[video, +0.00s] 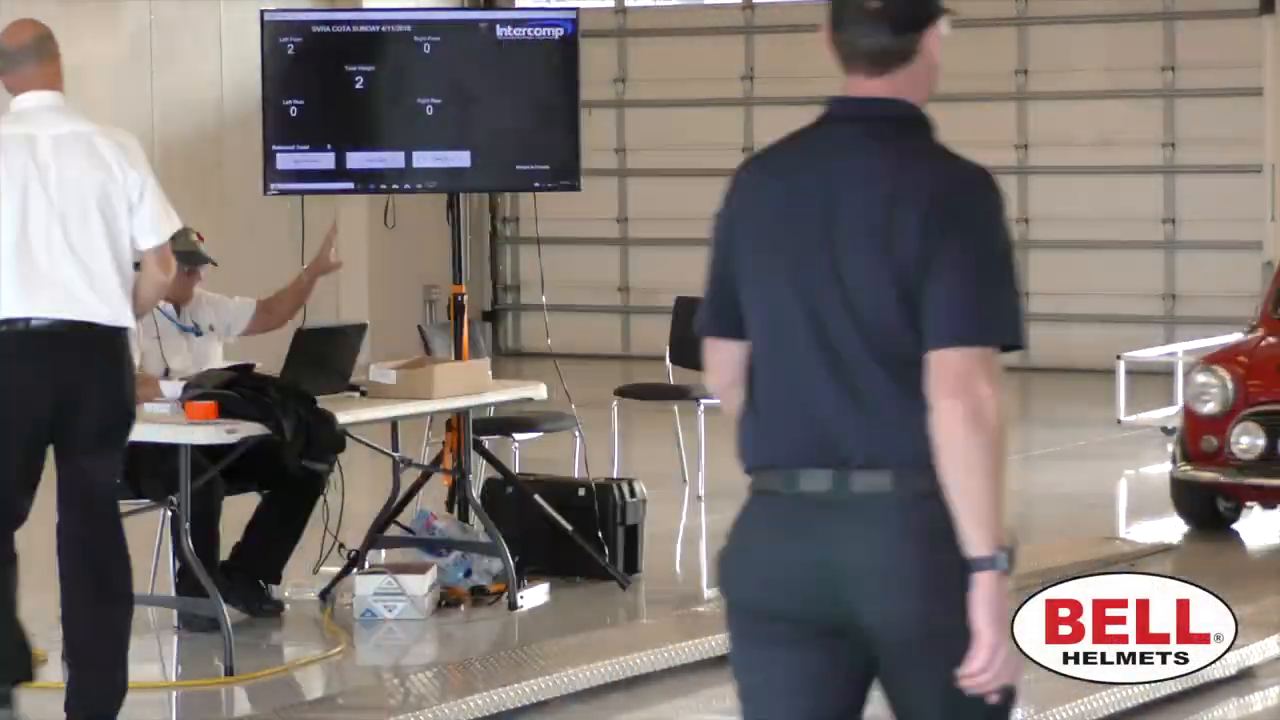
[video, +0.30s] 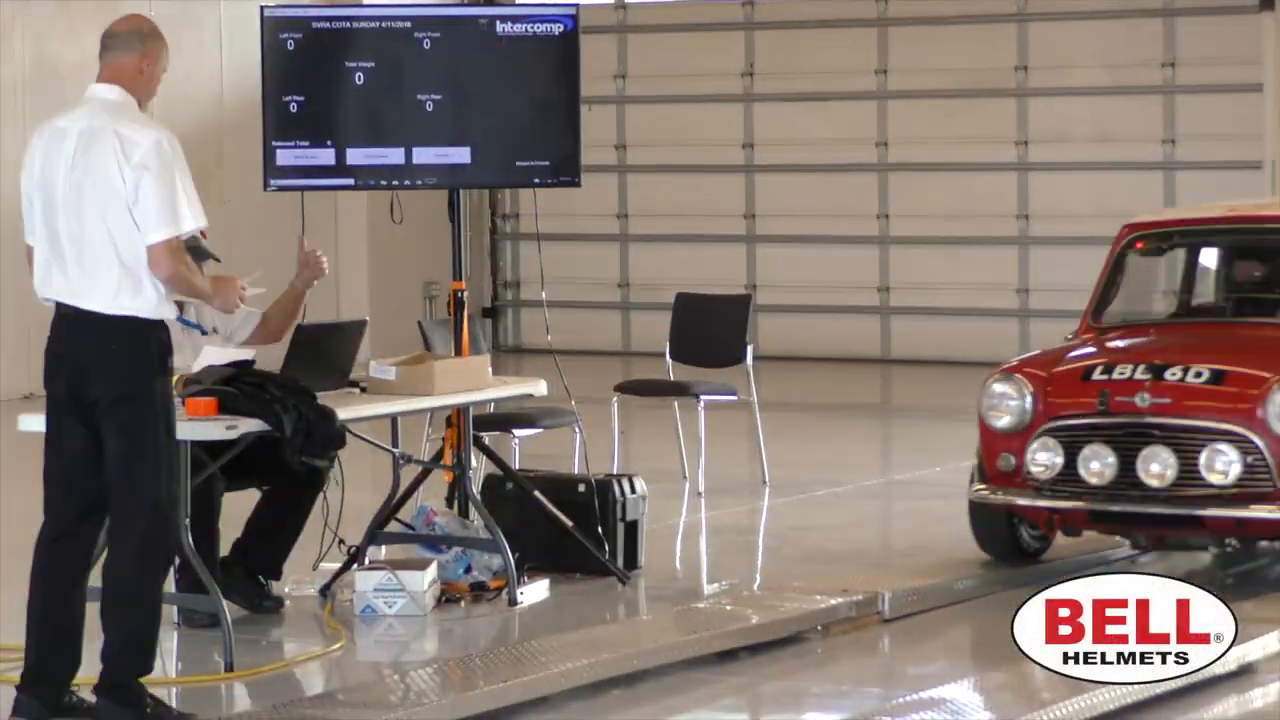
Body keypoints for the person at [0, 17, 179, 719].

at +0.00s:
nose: (9, 79)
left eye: (5, 67)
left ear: (2, 77)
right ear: (58, 66)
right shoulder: (114, 146)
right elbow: (160, 268)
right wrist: (114, 315)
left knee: (3, 526)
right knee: (92, 533)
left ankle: (11, 665)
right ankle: (95, 706)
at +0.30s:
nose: (159, 81)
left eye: (158, 69)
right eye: (160, 70)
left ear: (101, 61)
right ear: (147, 65)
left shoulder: (46, 137)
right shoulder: (145, 139)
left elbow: (38, 255)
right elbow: (167, 264)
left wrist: (121, 263)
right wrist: (213, 288)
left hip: (65, 341)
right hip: (130, 344)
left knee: (68, 522)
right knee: (145, 525)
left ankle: (40, 688)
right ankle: (123, 688)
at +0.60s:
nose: (174, 79)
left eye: (174, 67)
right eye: (174, 68)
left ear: (115, 60)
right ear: (161, 66)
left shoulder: (56, 139)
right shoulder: (155, 146)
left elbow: (40, 259)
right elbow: (186, 271)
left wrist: (126, 264)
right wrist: (248, 290)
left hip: (71, 344)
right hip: (137, 350)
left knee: (70, 524)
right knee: (141, 528)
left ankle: (41, 691)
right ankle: (123, 691)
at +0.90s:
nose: (181, 286)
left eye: (187, 277)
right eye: (170, 276)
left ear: (194, 276)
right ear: (141, 272)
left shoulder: (199, 310)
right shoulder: (110, 316)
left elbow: (234, 369)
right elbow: (99, 393)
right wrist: (151, 389)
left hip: (205, 448)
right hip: (136, 452)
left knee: (302, 469)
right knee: (200, 480)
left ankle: (245, 574)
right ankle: (196, 601)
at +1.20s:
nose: (177, 286)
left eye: (184, 277)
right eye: (165, 276)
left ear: (192, 277)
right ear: (141, 270)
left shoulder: (200, 312)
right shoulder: (109, 317)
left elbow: (234, 367)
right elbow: (99, 391)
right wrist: (152, 390)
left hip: (203, 444)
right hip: (136, 448)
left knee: (297, 467)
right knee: (201, 481)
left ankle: (243, 580)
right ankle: (197, 603)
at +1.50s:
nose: (176, 288)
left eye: (185, 280)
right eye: (165, 278)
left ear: (193, 280)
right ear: (141, 272)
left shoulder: (201, 313)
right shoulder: (109, 317)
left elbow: (235, 365)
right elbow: (99, 393)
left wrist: (260, 387)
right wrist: (150, 389)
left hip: (202, 440)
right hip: (136, 444)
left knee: (280, 469)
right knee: (201, 482)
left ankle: (238, 579)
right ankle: (197, 604)